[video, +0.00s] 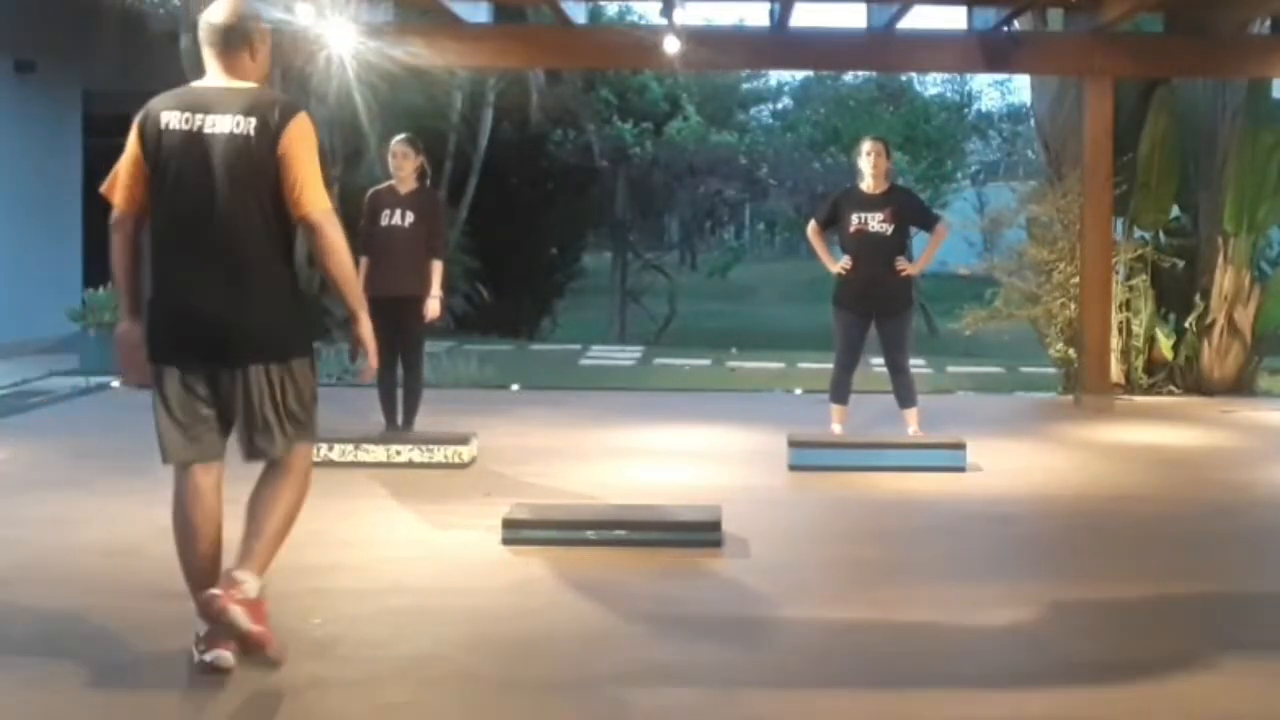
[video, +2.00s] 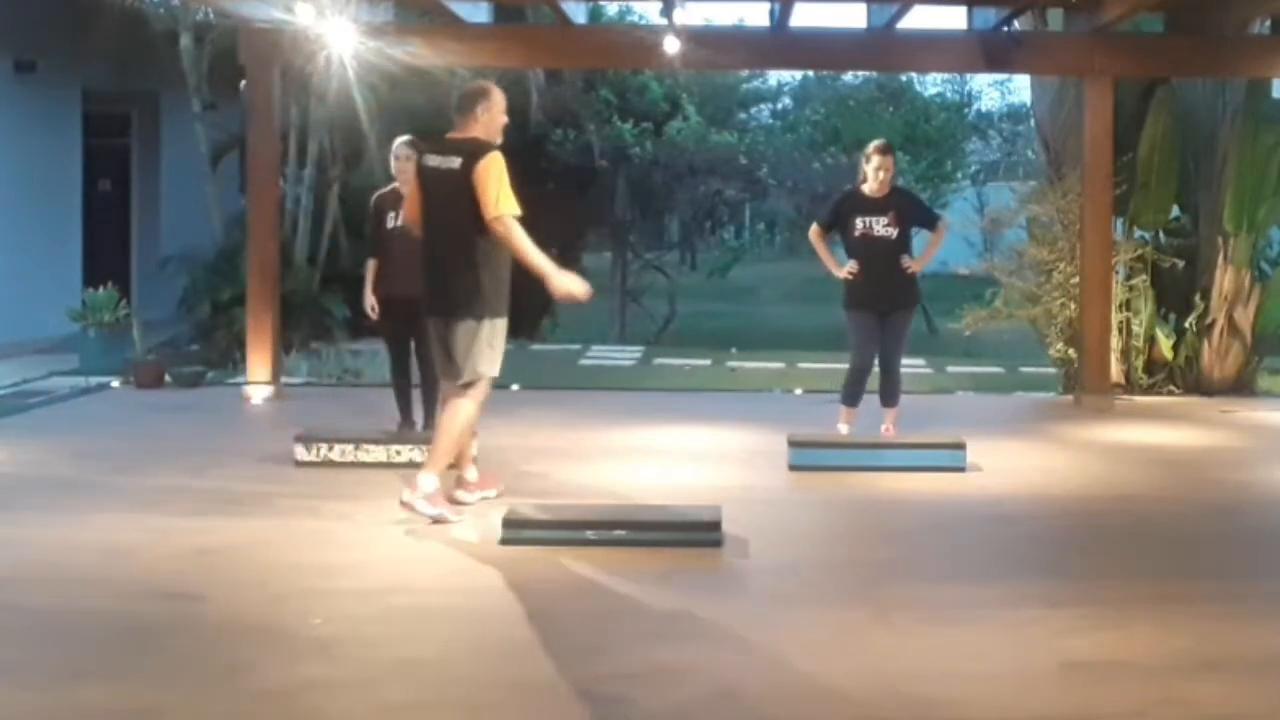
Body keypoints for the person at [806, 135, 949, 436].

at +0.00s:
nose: (872, 159)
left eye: (877, 154)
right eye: (867, 154)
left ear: (888, 161)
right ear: (858, 161)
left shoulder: (903, 199)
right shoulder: (844, 199)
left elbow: (941, 229)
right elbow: (813, 229)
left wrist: (919, 265)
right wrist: (831, 263)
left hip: (893, 289)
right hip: (853, 289)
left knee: (898, 362)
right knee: (845, 359)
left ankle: (913, 429)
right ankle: (837, 429)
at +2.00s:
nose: (884, 175)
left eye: (889, 169)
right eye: (879, 169)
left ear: (895, 170)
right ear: (866, 168)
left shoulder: (904, 200)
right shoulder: (848, 200)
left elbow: (940, 228)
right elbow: (815, 233)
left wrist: (922, 262)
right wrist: (836, 268)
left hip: (899, 289)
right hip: (862, 289)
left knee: (890, 360)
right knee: (863, 357)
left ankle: (889, 426)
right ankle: (845, 424)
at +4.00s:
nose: (875, 160)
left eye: (881, 155)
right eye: (870, 155)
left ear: (891, 160)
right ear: (863, 160)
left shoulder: (905, 199)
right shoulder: (849, 195)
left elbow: (916, 247)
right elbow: (832, 242)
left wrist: (921, 290)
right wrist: (826, 287)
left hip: (893, 291)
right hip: (854, 289)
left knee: (886, 359)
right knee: (856, 357)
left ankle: (887, 424)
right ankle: (858, 424)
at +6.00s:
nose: (881, 172)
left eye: (886, 166)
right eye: (875, 165)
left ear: (894, 166)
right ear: (863, 164)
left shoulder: (903, 199)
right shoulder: (846, 197)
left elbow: (912, 247)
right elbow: (829, 244)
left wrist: (916, 290)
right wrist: (827, 290)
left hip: (892, 289)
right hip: (852, 288)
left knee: (891, 356)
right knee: (856, 357)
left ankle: (892, 418)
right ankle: (856, 423)